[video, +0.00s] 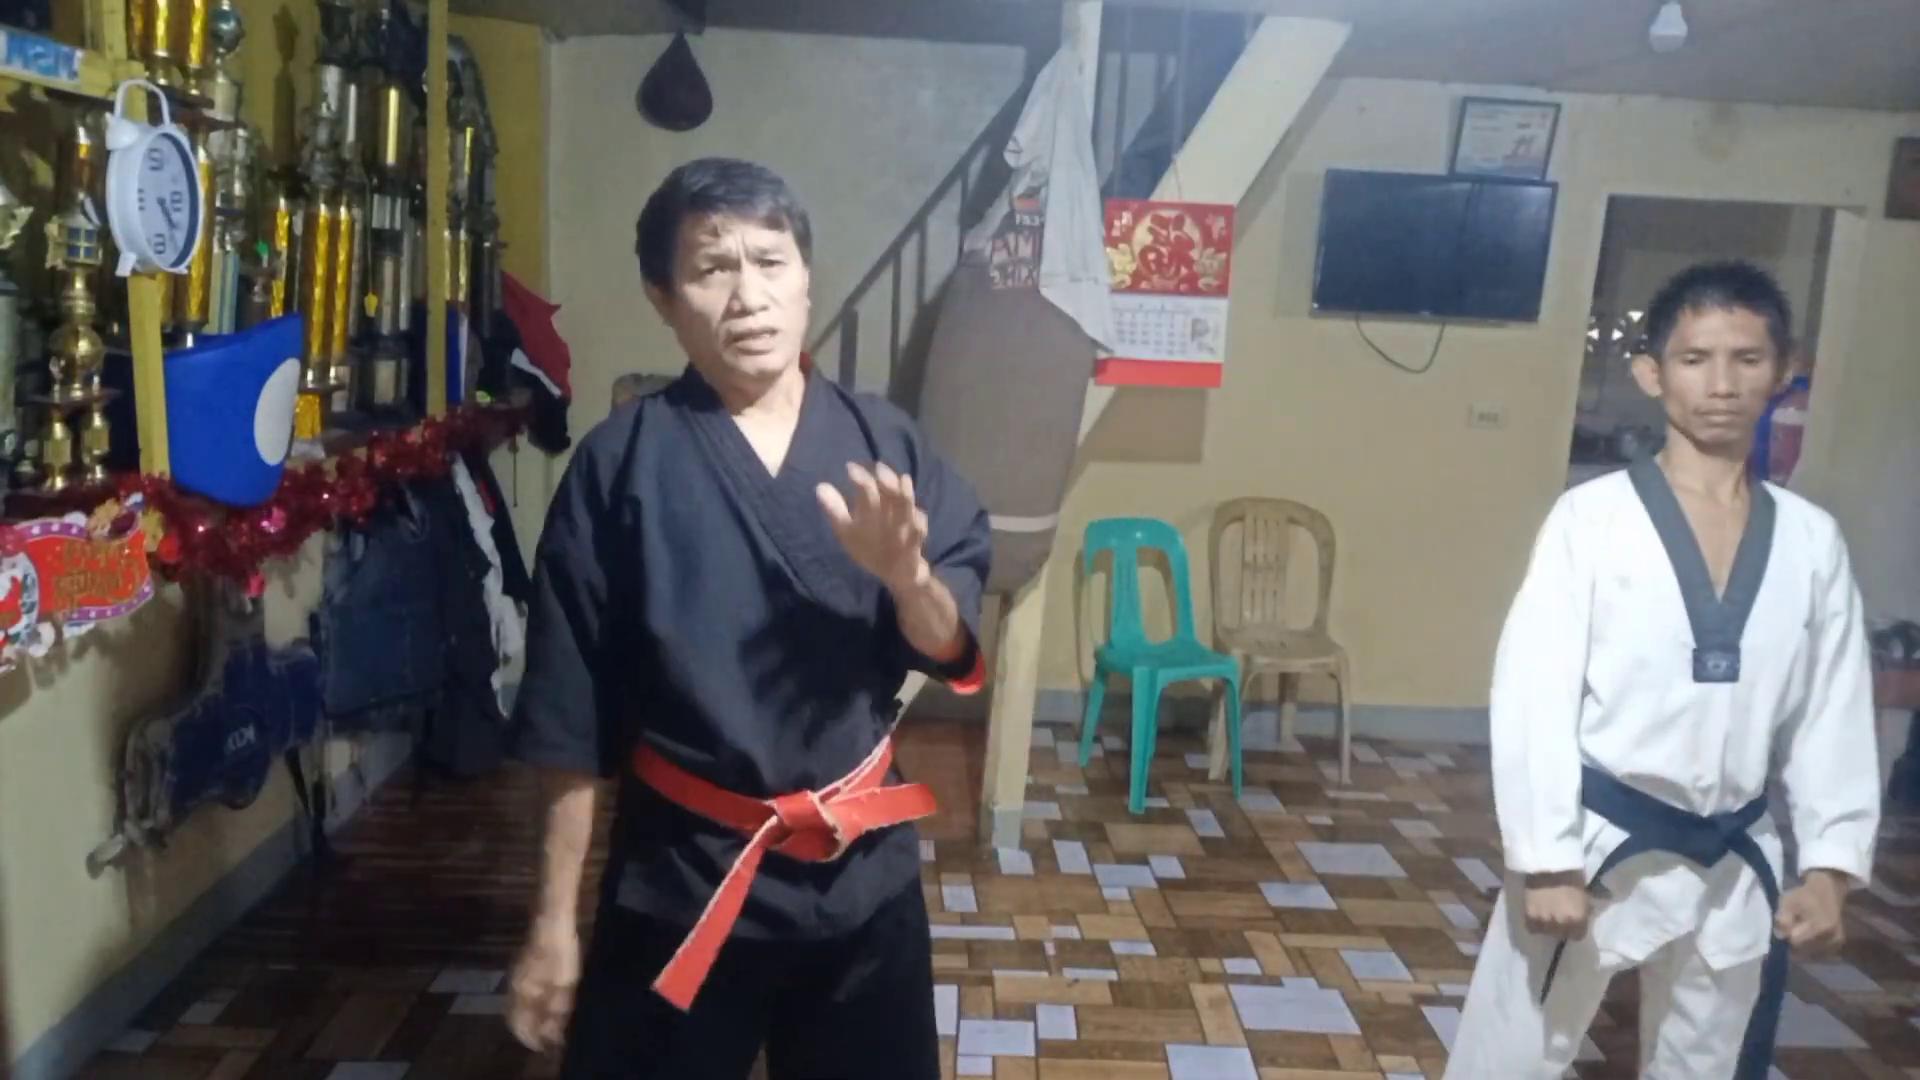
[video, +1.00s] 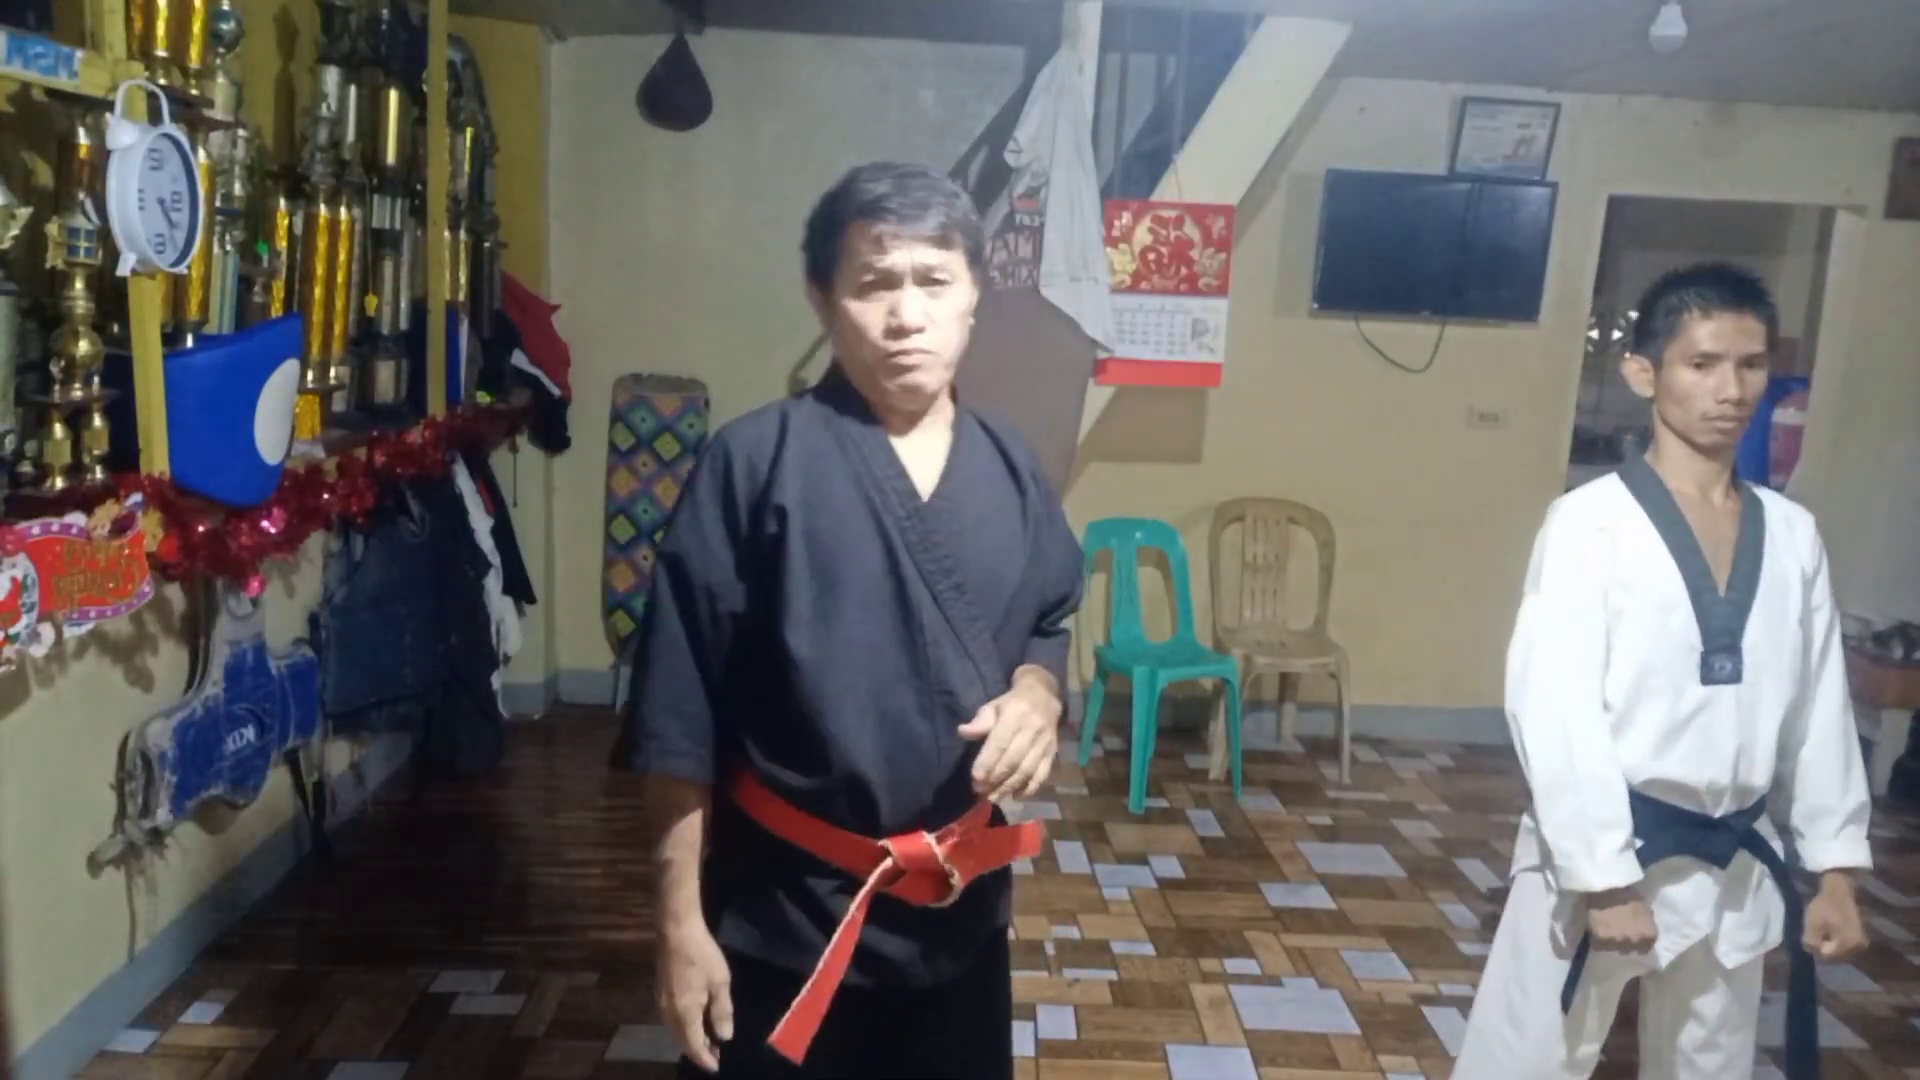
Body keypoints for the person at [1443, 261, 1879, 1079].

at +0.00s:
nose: (1722, 383)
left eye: (1747, 358)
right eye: (1695, 358)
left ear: (1780, 376)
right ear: (1651, 375)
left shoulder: (1813, 540)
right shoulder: (1589, 520)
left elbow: (1835, 712)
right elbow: (1532, 691)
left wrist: (1831, 864)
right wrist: (1547, 860)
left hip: (1735, 871)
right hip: (1592, 855)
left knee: (1701, 1070)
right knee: (1507, 1063)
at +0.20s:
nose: (1697, 377)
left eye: (1718, 353)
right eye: (1667, 354)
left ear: (1744, 370)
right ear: (1617, 375)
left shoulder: (1782, 533)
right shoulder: (1566, 523)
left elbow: (1808, 710)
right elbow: (1522, 701)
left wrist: (1818, 871)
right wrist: (1552, 870)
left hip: (1719, 864)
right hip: (1580, 857)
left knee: (1688, 1068)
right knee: (1501, 1062)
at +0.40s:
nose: (1688, 378)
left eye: (1706, 354)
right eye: (1658, 354)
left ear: (1732, 372)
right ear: (1604, 376)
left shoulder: (1771, 530)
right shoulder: (1559, 526)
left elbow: (1805, 704)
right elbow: (1527, 705)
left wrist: (1830, 864)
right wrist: (1566, 877)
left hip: (1717, 866)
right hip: (1580, 861)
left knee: (1696, 1069)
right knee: (1513, 1063)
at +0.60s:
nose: (1705, 379)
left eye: (1722, 356)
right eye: (1675, 356)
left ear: (1741, 370)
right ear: (1617, 375)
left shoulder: (1773, 531)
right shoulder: (1568, 525)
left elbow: (1803, 706)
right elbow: (1533, 704)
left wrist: (1822, 866)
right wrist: (1572, 877)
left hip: (1722, 869)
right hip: (1585, 865)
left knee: (1696, 1068)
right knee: (1518, 1063)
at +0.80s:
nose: (1734, 388)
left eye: (1751, 364)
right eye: (1705, 362)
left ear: (1768, 374)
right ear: (1643, 373)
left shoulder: (1785, 535)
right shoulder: (1588, 523)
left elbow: (1808, 711)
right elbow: (1549, 702)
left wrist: (1821, 868)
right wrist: (1591, 876)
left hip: (1734, 871)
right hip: (1596, 863)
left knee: (1701, 1071)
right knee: (1529, 1067)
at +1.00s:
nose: (1731, 389)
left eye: (1750, 364)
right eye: (1703, 363)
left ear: (1768, 374)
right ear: (1642, 374)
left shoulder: (1793, 534)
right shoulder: (1587, 524)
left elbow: (1820, 709)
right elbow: (1552, 704)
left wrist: (1837, 871)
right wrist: (1607, 879)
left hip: (1735, 869)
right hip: (1595, 861)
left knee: (1710, 1070)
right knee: (1526, 1065)